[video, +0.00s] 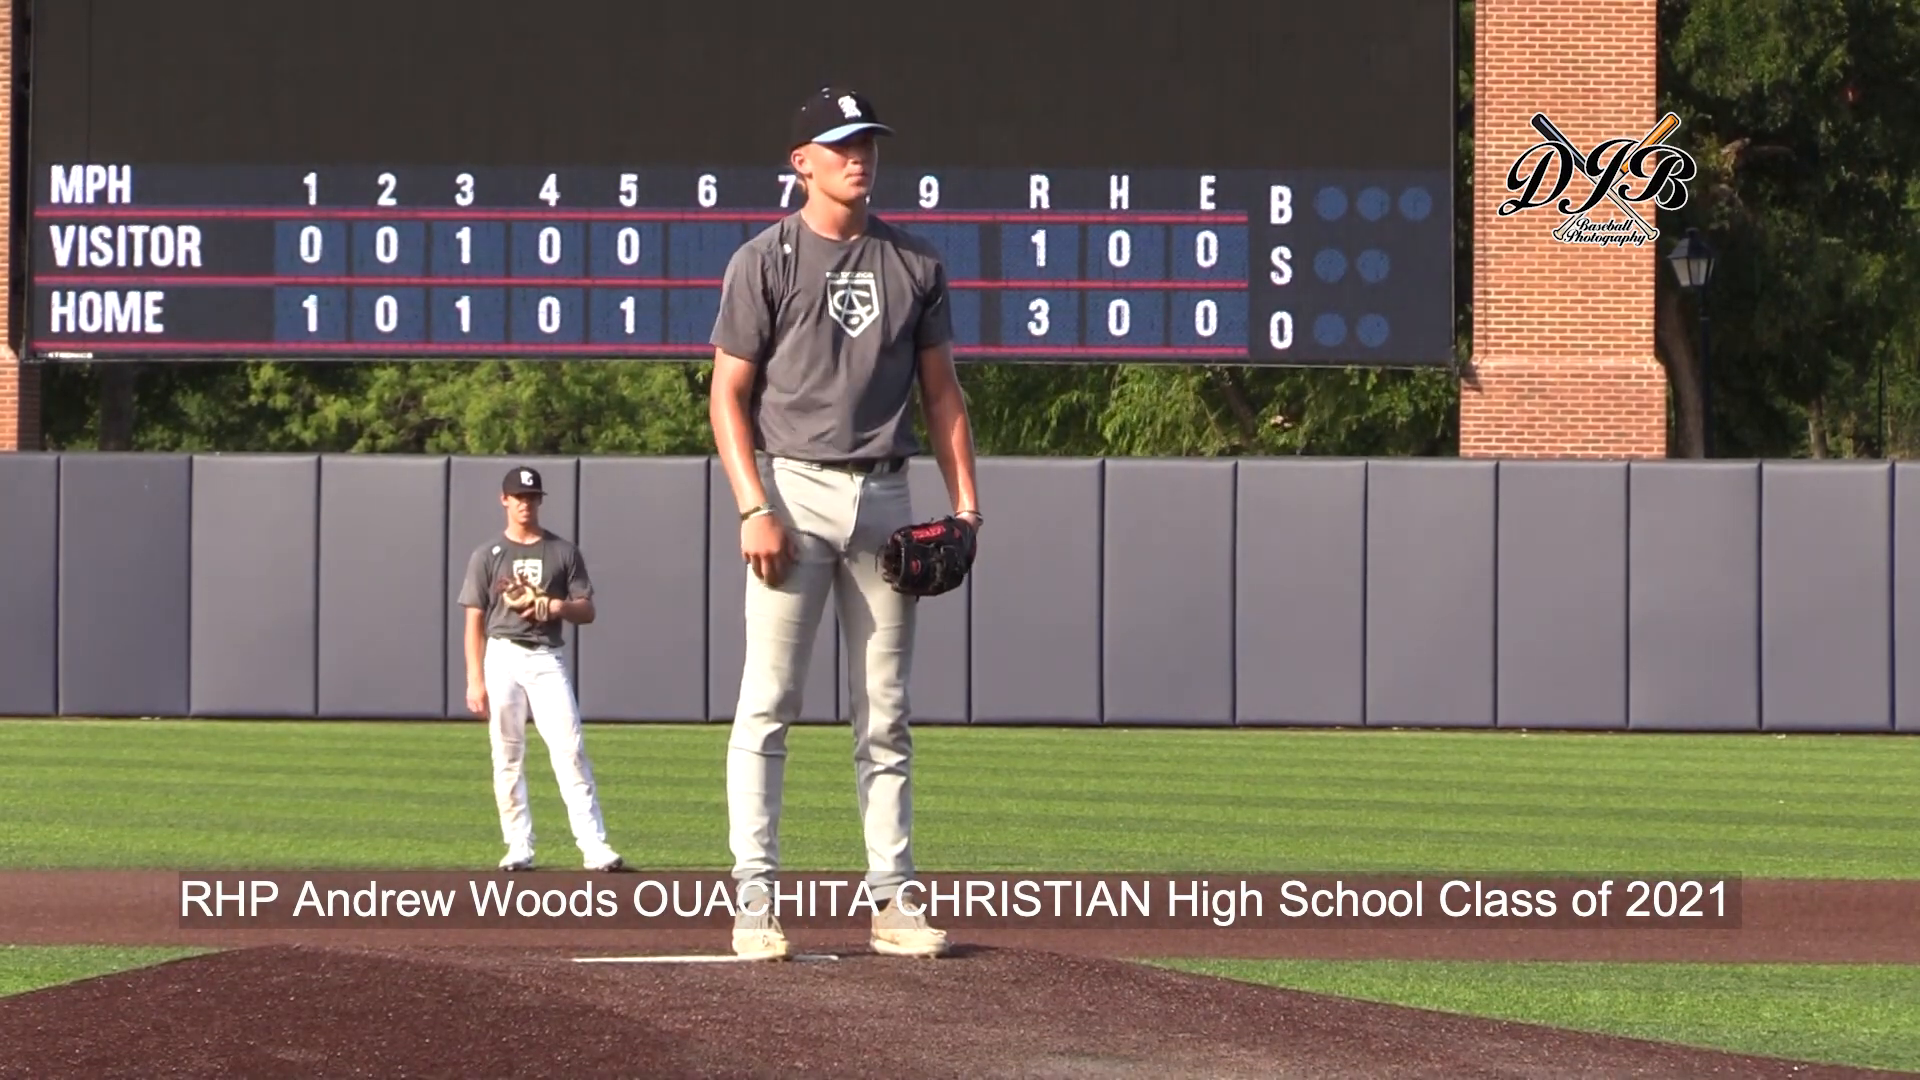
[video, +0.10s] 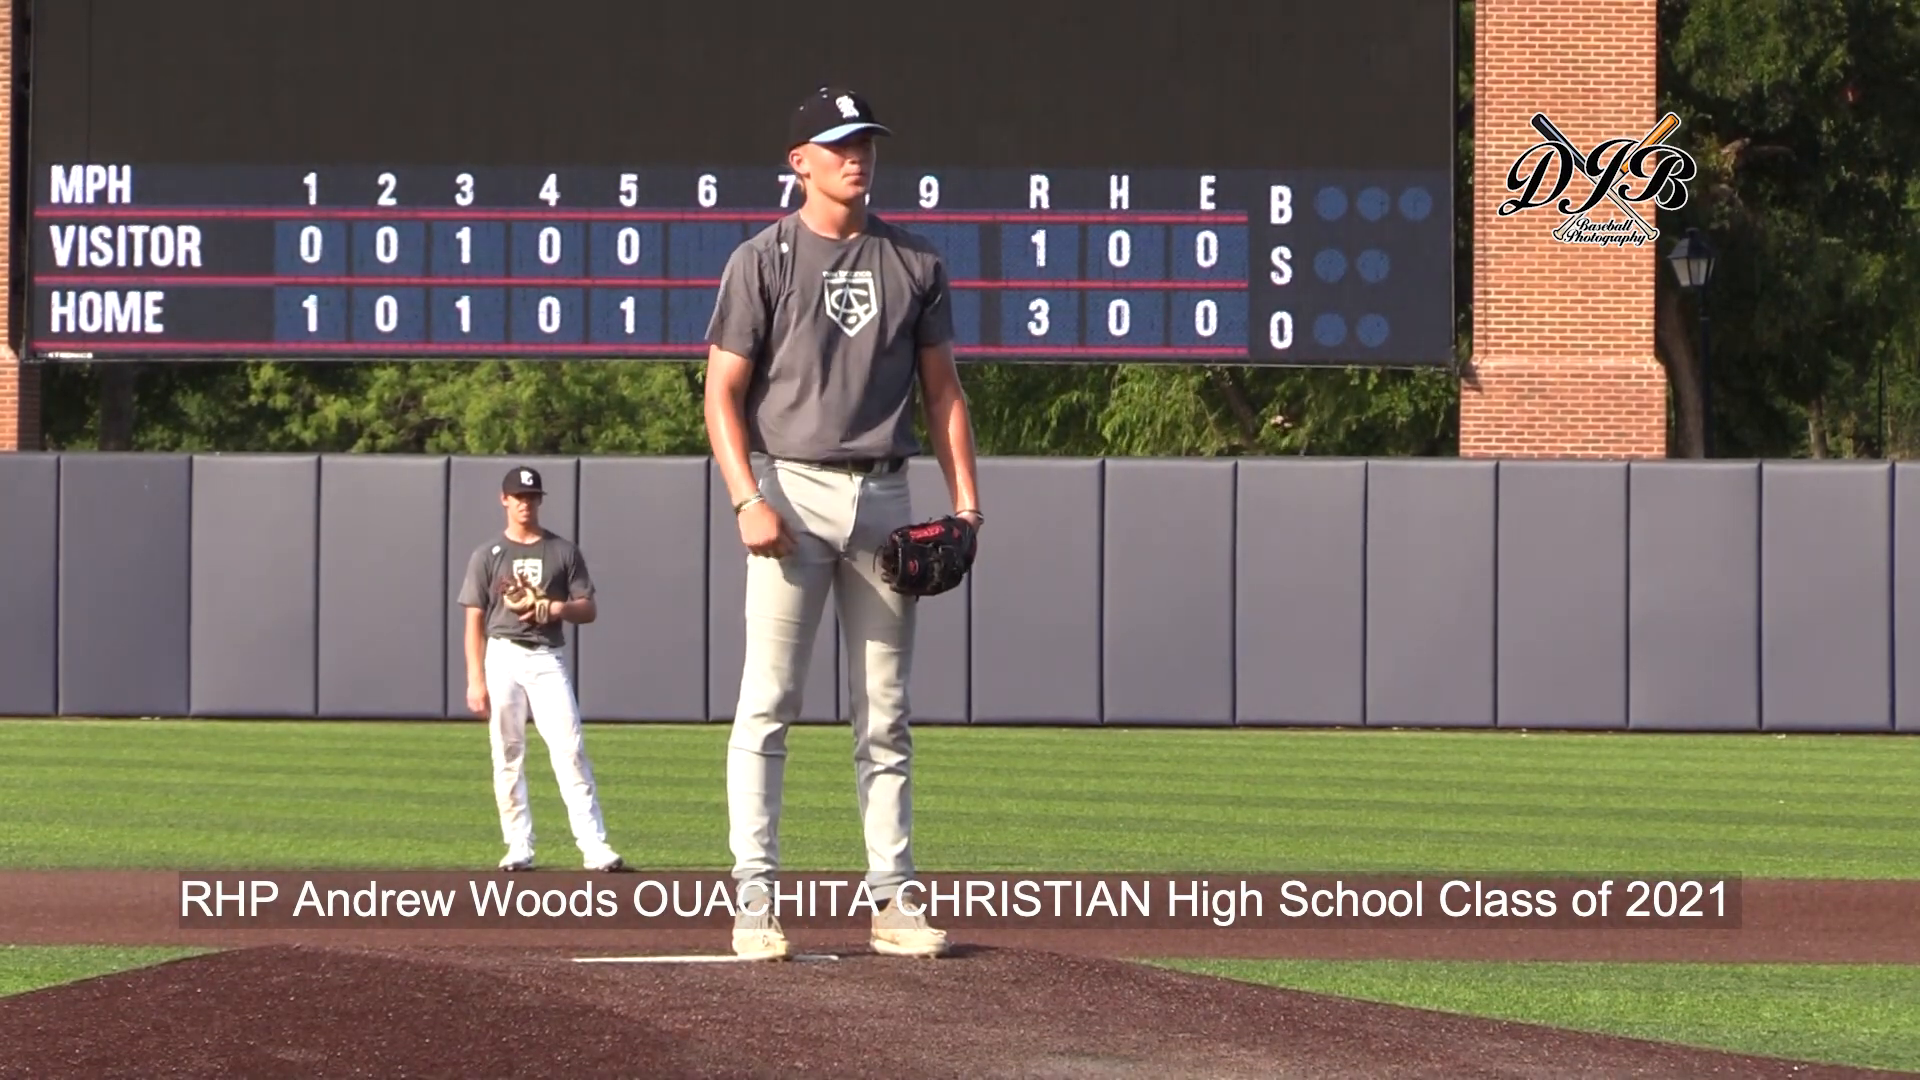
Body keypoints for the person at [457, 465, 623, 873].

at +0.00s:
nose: (526, 505)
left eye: (532, 498)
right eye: (519, 498)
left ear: (541, 501)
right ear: (505, 501)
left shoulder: (564, 551)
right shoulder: (486, 556)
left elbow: (587, 611)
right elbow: (474, 622)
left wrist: (556, 606)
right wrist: (475, 679)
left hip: (548, 658)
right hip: (501, 657)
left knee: (571, 750)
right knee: (507, 756)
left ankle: (596, 850)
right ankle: (518, 849)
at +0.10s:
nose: (526, 504)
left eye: (532, 497)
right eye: (519, 497)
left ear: (541, 501)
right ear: (505, 500)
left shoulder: (565, 551)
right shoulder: (486, 556)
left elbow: (588, 610)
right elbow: (474, 622)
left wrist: (555, 607)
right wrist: (475, 679)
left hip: (548, 658)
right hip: (501, 656)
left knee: (571, 749)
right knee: (507, 755)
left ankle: (596, 850)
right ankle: (518, 849)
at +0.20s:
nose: (527, 504)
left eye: (533, 497)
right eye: (519, 497)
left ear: (541, 501)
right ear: (505, 501)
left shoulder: (565, 551)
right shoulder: (486, 556)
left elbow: (588, 609)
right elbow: (474, 623)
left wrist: (553, 608)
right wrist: (476, 680)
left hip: (548, 657)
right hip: (501, 656)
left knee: (571, 750)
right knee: (507, 755)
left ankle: (596, 850)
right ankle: (518, 849)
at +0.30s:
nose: (526, 504)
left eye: (532, 497)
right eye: (519, 497)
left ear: (541, 500)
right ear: (505, 500)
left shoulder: (565, 551)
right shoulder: (487, 556)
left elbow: (589, 609)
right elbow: (475, 622)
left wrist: (557, 608)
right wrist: (478, 680)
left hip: (548, 657)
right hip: (502, 655)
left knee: (571, 750)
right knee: (507, 755)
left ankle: (596, 850)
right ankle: (519, 849)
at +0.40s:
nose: (527, 504)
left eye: (533, 497)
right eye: (520, 497)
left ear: (542, 500)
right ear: (506, 501)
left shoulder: (566, 550)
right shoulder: (487, 556)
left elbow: (589, 609)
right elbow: (475, 622)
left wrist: (555, 607)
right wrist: (479, 680)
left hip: (549, 657)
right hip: (502, 656)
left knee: (571, 750)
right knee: (508, 756)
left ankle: (596, 850)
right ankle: (518, 849)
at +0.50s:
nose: (528, 503)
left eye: (534, 497)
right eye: (521, 497)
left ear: (543, 500)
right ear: (506, 500)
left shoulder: (566, 550)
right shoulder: (487, 555)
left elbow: (589, 609)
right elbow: (476, 621)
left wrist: (557, 607)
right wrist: (479, 680)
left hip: (549, 657)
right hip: (502, 655)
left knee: (572, 750)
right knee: (508, 756)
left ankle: (596, 850)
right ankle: (519, 849)